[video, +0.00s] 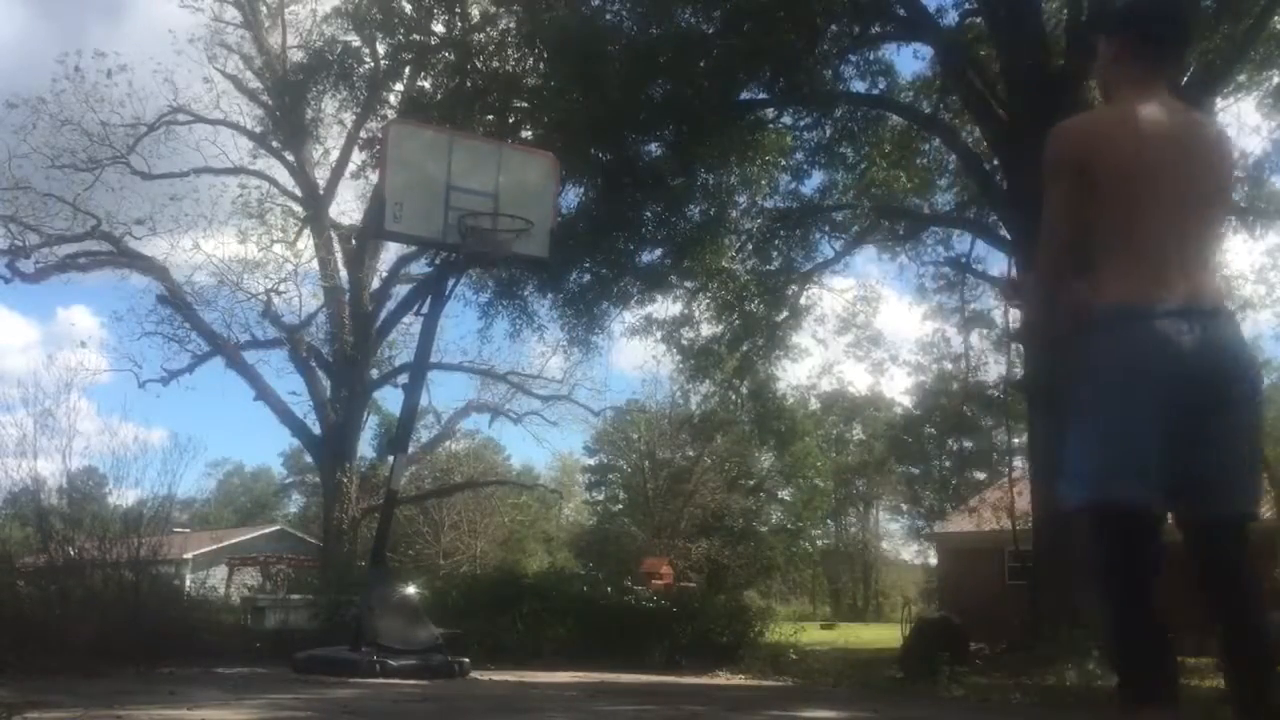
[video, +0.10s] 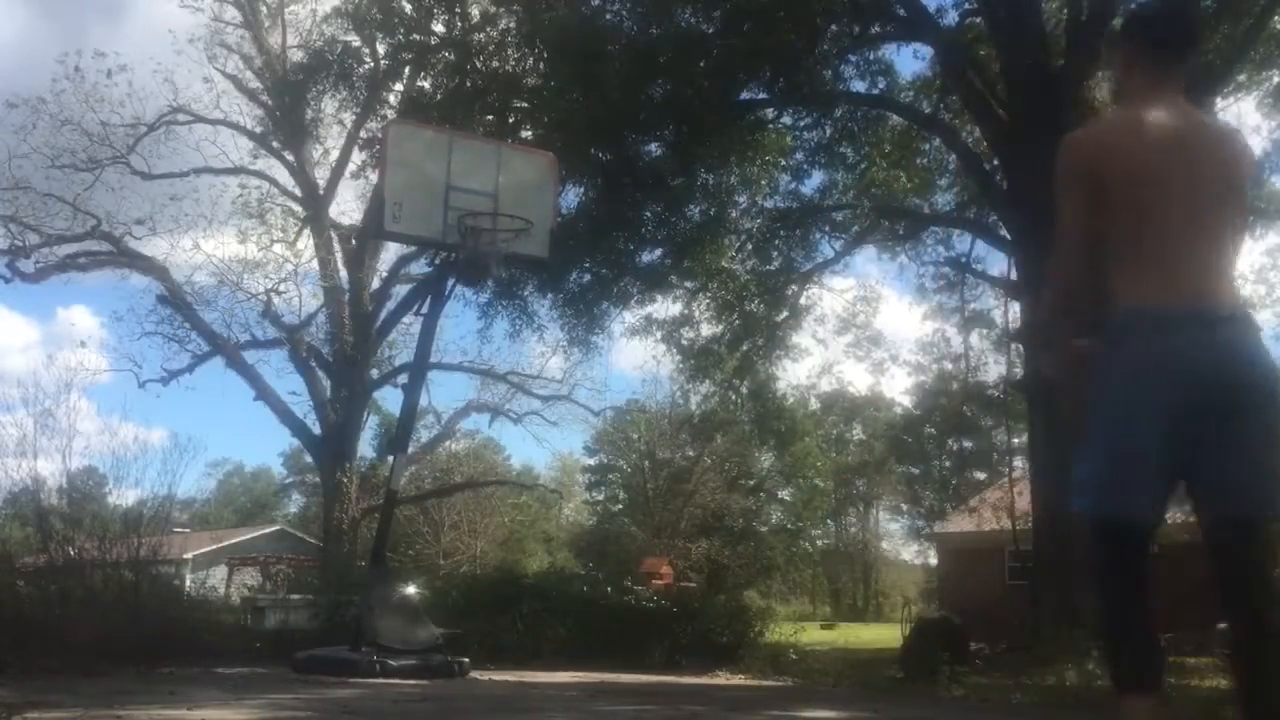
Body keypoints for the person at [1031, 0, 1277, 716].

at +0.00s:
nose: (1094, 63)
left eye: (1097, 50)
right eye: (1097, 52)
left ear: (1116, 51)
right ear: (1177, 55)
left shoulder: (1077, 137)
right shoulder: (1215, 141)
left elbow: (1053, 261)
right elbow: (1198, 238)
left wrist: (1044, 331)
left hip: (1122, 347)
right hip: (1215, 341)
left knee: (1124, 547)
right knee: (1226, 544)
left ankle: (1149, 700)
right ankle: (1256, 702)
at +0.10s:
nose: (1112, 68)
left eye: (1116, 56)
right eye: (1117, 56)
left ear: (1127, 56)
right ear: (1188, 60)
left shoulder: (1091, 144)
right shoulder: (1233, 147)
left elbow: (1072, 269)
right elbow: (1225, 247)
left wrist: (1061, 348)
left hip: (1139, 350)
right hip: (1233, 345)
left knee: (1119, 539)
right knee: (1243, 543)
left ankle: (1137, 696)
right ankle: (1258, 701)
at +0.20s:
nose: (1121, 73)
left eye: (1124, 62)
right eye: (1124, 63)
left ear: (1136, 62)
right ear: (1196, 64)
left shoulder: (1098, 145)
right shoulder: (1247, 146)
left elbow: (1083, 283)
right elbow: (1246, 270)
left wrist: (1071, 404)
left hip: (1141, 359)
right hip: (1240, 356)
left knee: (1127, 557)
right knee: (1247, 559)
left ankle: (1141, 702)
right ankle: (1260, 705)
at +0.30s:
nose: (1124, 80)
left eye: (1127, 68)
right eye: (1130, 69)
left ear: (1136, 68)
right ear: (1197, 70)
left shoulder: (1097, 152)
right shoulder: (1243, 150)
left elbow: (1091, 284)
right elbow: (1268, 280)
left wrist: (1082, 404)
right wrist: (1269, 365)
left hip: (1140, 358)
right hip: (1236, 353)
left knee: (1140, 548)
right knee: (1244, 549)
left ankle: (1145, 701)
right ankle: (1260, 702)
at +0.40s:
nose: (1123, 89)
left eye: (1126, 78)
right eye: (1128, 79)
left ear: (1131, 77)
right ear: (1196, 79)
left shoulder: (1092, 158)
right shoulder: (1238, 156)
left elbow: (1089, 274)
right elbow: (1271, 228)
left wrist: (1090, 382)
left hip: (1135, 364)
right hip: (1228, 359)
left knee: (1141, 550)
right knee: (1239, 549)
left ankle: (1145, 700)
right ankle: (1256, 700)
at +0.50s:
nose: (1110, 99)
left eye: (1111, 88)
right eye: (1114, 88)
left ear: (1116, 88)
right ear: (1178, 86)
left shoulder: (1087, 162)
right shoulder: (1232, 159)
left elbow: (1086, 258)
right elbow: (1278, 230)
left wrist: (1094, 365)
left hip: (1128, 361)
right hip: (1219, 359)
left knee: (1122, 547)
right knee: (1231, 546)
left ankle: (1130, 696)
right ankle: (1255, 699)